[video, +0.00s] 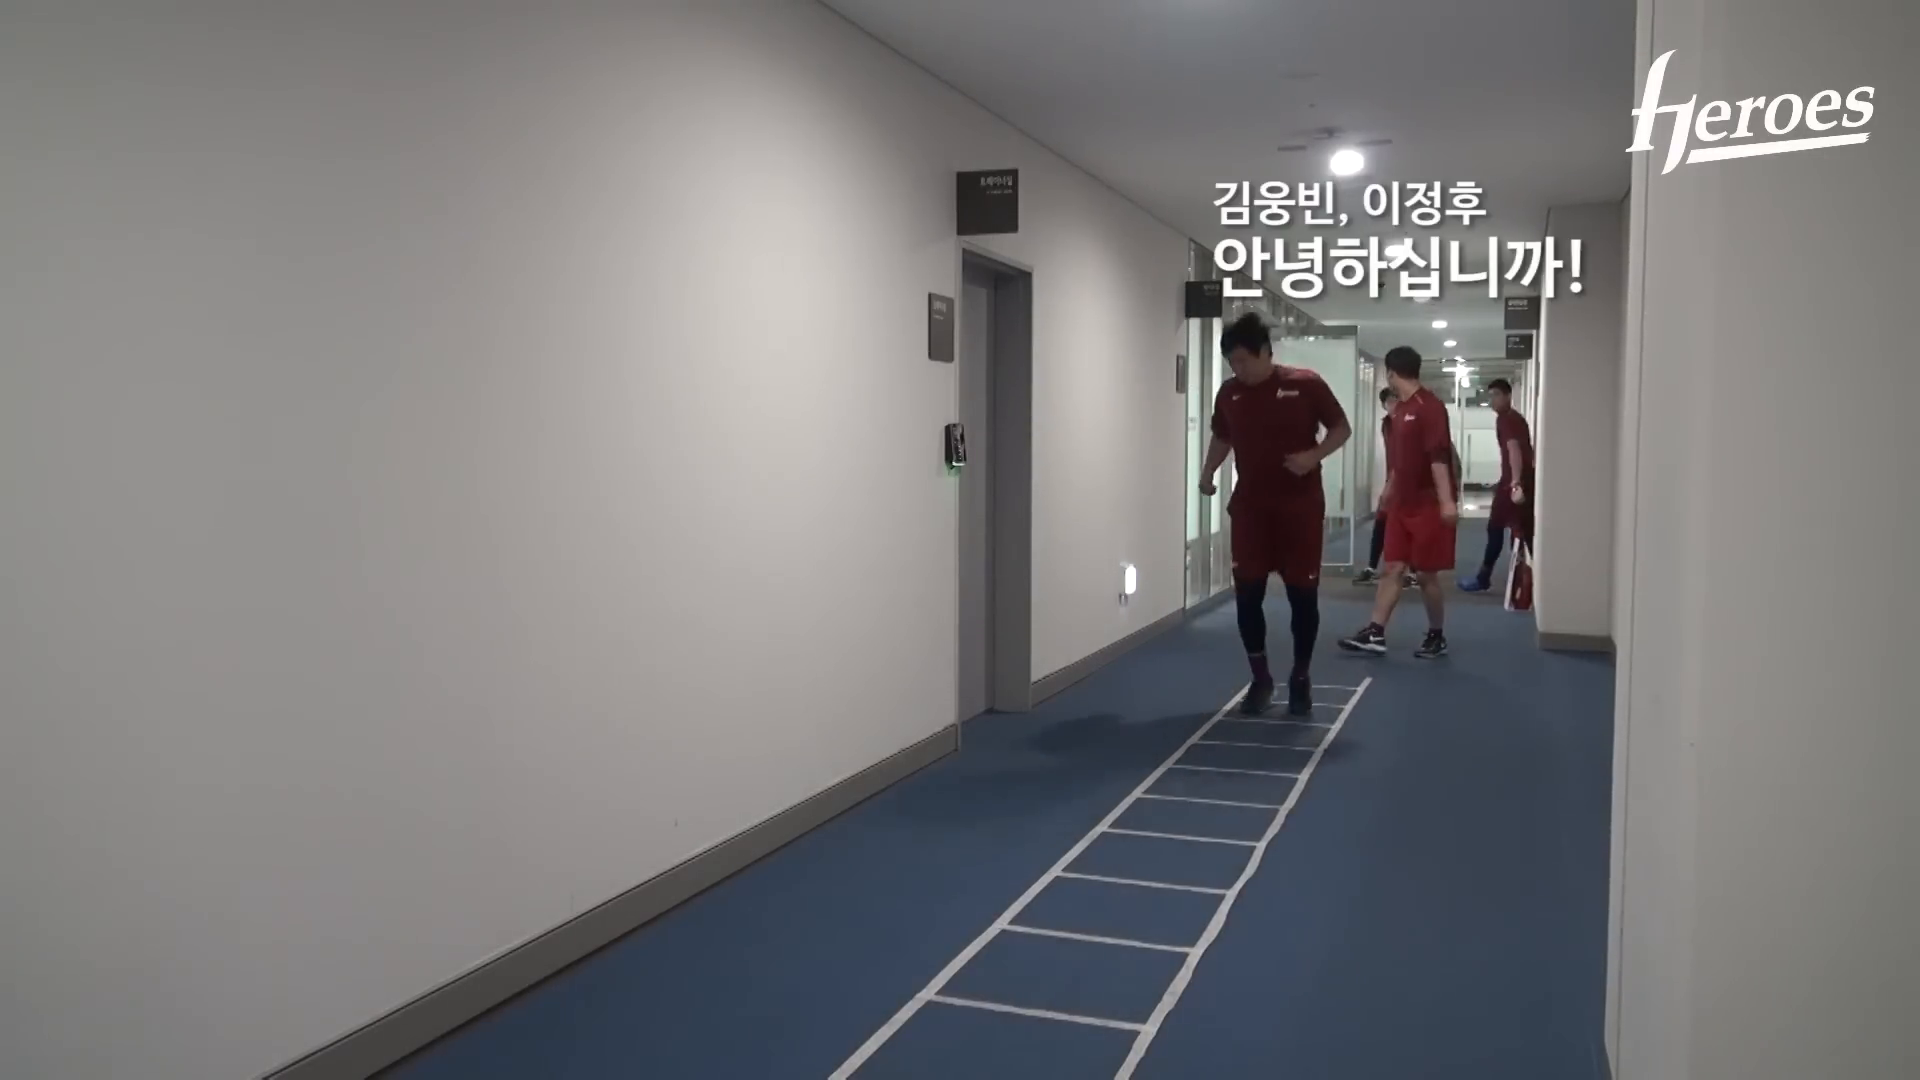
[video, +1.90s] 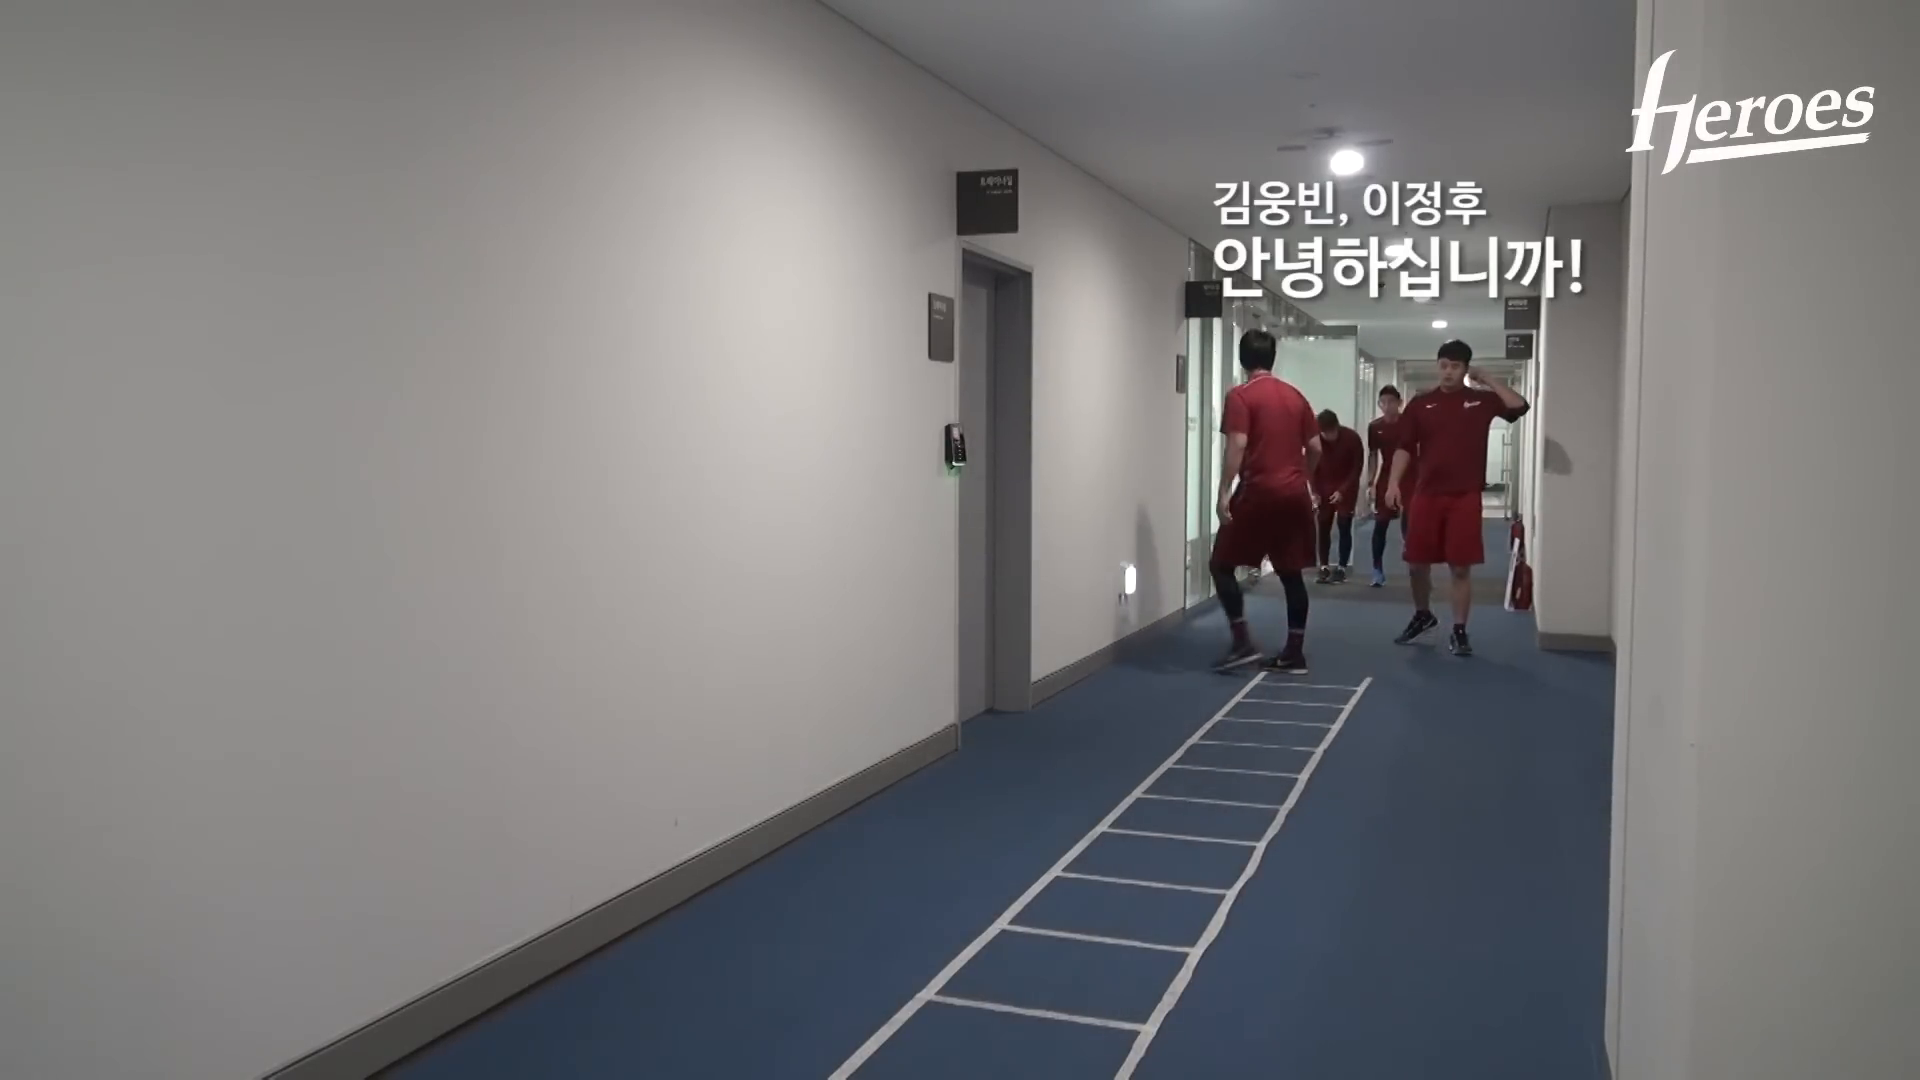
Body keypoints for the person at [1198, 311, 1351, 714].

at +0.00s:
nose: (1235, 368)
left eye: (1240, 360)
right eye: (1231, 361)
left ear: (1263, 353)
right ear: (1230, 357)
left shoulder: (1306, 384)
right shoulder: (1229, 393)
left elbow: (1341, 429)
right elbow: (1222, 437)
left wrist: (1315, 455)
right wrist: (1208, 471)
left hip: (1300, 510)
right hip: (1250, 508)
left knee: (1303, 598)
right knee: (1247, 597)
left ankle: (1300, 678)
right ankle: (1261, 680)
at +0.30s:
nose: (1230, 386)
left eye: (1233, 379)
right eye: (1227, 381)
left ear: (1252, 363)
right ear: (1238, 370)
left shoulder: (1311, 381)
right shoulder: (1235, 396)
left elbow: (1347, 419)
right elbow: (1241, 438)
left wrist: (1344, 471)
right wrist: (1227, 468)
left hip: (1309, 500)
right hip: (1258, 500)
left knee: (1327, 585)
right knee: (1234, 582)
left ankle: (1340, 672)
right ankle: (1232, 666)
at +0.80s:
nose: (1231, 381)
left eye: (1230, 374)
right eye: (1229, 375)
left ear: (1240, 369)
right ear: (1252, 366)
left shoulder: (1291, 393)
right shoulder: (1254, 402)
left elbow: (1331, 436)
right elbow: (1265, 459)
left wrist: (1306, 473)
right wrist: (1249, 493)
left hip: (1305, 512)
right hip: (1264, 511)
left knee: (1310, 592)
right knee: (1254, 590)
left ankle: (1315, 655)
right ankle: (1270, 669)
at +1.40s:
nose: (1259, 368)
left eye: (1259, 363)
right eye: (1261, 362)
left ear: (1262, 364)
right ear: (1291, 363)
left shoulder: (1285, 398)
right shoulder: (1299, 393)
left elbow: (1301, 447)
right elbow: (1311, 447)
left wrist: (1268, 486)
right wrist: (1282, 485)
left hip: (1306, 502)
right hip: (1309, 499)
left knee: (1303, 581)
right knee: (1289, 574)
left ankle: (1342, 663)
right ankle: (1292, 651)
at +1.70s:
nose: (1255, 362)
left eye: (1255, 357)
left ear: (1257, 358)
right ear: (1287, 359)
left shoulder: (1256, 393)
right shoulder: (1307, 394)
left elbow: (1257, 445)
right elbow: (1325, 447)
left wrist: (1235, 480)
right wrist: (1317, 484)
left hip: (1277, 495)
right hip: (1311, 493)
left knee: (1262, 574)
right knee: (1295, 571)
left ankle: (1315, 637)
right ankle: (1292, 652)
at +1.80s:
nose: (1249, 361)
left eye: (1249, 355)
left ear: (1251, 358)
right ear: (1281, 358)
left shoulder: (1249, 393)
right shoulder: (1302, 394)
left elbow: (1247, 447)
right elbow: (1321, 447)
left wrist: (1228, 490)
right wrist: (1312, 484)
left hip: (1268, 493)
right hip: (1304, 493)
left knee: (1236, 569)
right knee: (1292, 571)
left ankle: (1286, 634)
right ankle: (1295, 654)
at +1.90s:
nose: (1242, 363)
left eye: (1241, 357)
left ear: (1243, 360)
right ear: (1273, 360)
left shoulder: (1240, 396)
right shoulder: (1295, 395)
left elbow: (1238, 443)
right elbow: (1314, 448)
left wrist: (1224, 491)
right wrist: (1306, 483)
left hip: (1257, 497)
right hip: (1295, 497)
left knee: (1221, 565)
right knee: (1291, 571)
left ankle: (1241, 642)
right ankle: (1294, 652)